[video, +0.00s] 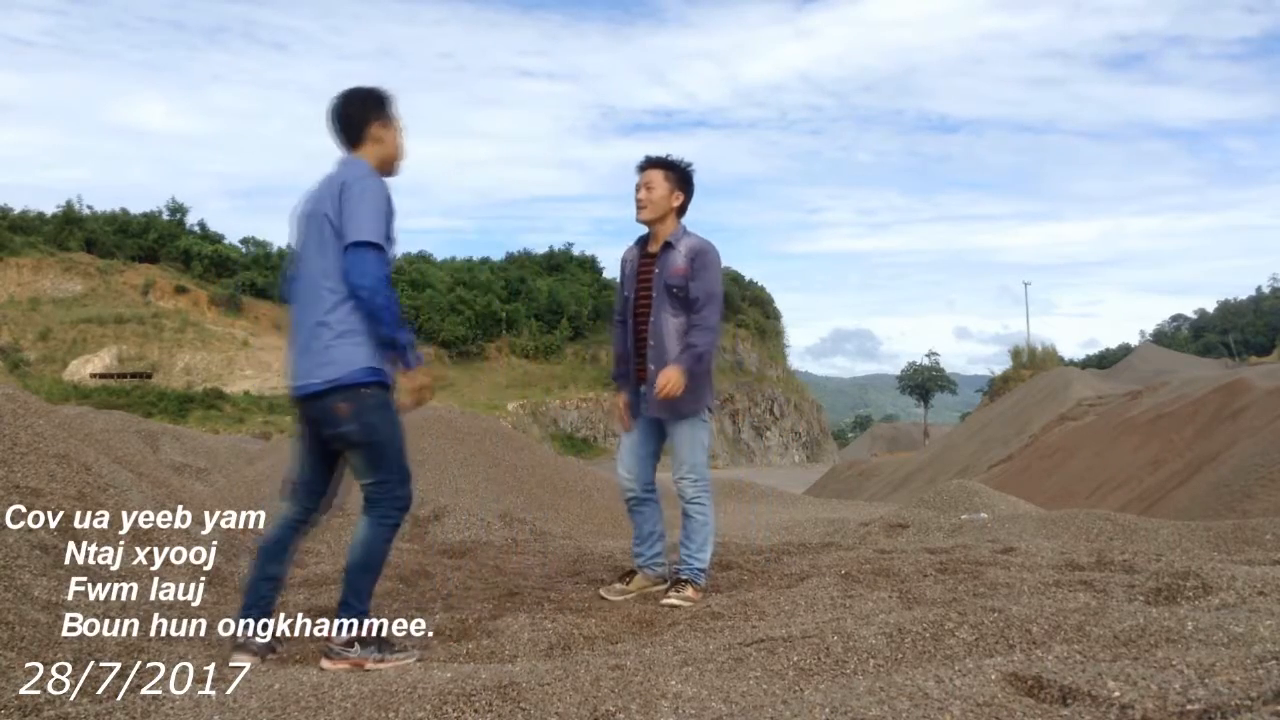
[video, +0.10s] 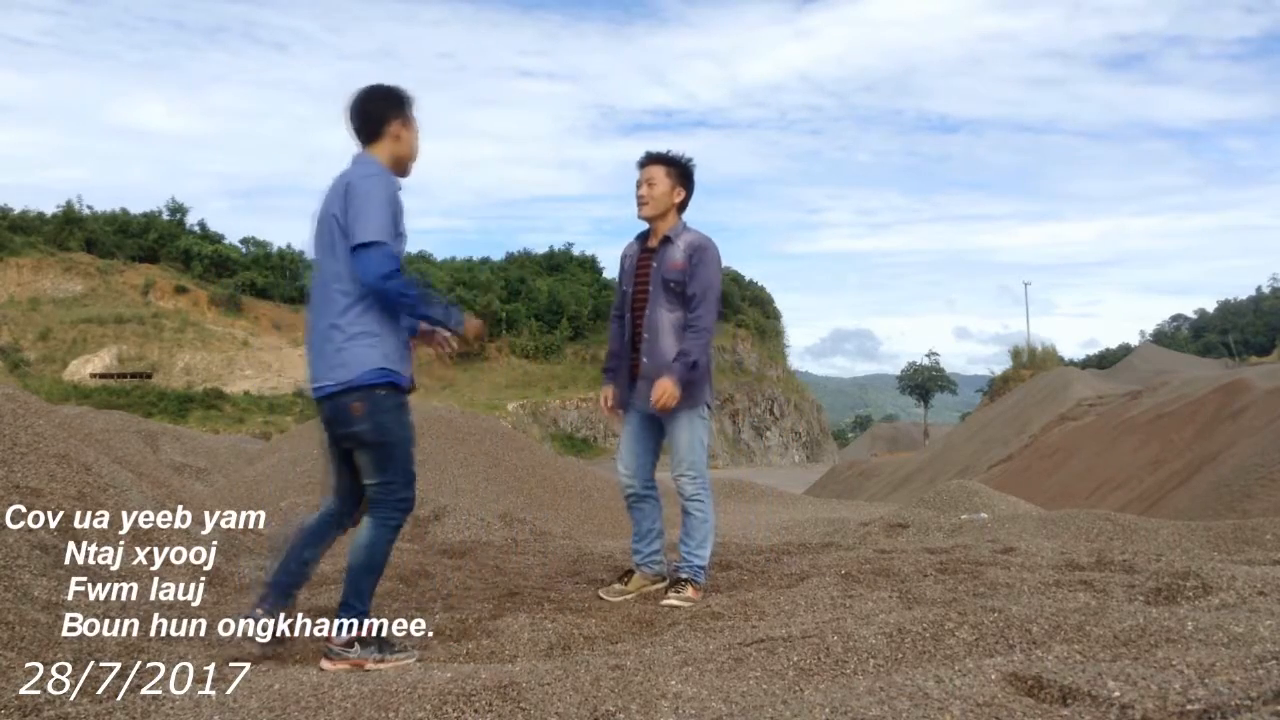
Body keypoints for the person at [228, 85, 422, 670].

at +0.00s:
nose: (402, 140)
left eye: (398, 129)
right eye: (395, 128)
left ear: (350, 135)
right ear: (375, 131)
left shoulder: (318, 197)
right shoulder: (362, 182)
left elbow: (293, 284)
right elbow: (366, 276)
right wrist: (406, 348)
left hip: (314, 384)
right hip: (353, 377)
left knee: (303, 502)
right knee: (388, 498)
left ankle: (251, 625)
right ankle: (351, 633)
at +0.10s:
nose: (419, 142)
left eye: (416, 130)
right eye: (415, 130)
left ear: (369, 133)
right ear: (397, 130)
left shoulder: (343, 189)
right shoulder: (372, 184)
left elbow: (355, 291)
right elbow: (379, 273)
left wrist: (411, 329)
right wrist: (451, 315)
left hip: (336, 379)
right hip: (367, 378)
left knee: (346, 502)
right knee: (391, 503)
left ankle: (267, 612)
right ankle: (350, 635)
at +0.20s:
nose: (432, 145)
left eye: (430, 133)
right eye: (429, 132)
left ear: (387, 129)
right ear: (411, 128)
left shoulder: (366, 181)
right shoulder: (379, 175)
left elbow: (407, 275)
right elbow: (406, 257)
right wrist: (489, 251)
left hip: (364, 371)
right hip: (377, 371)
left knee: (393, 488)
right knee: (390, 498)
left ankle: (306, 584)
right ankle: (349, 636)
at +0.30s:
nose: (451, 143)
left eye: (451, 134)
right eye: (450, 133)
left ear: (402, 128)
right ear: (436, 129)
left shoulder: (384, 175)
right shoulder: (396, 172)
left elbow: (403, 254)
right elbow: (439, 236)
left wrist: (447, 216)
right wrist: (518, 189)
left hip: (388, 367)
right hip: (391, 369)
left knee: (445, 469)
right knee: (389, 503)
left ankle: (383, 578)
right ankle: (348, 637)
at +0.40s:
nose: (472, 147)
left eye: (470, 136)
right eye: (469, 136)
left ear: (429, 132)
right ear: (452, 133)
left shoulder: (411, 180)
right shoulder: (416, 175)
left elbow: (443, 249)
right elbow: (454, 241)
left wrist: (461, 225)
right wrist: (530, 195)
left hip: (418, 375)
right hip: (405, 374)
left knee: (480, 465)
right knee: (394, 504)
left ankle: (440, 586)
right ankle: (348, 634)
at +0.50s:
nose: (491, 156)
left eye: (489, 144)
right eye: (489, 143)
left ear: (448, 141)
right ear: (474, 140)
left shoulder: (434, 197)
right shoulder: (438, 186)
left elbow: (459, 297)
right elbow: (457, 265)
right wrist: (544, 277)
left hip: (446, 380)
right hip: (428, 377)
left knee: (504, 472)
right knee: (406, 503)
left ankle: (514, 592)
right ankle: (349, 631)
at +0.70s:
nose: (552, 167)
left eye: (548, 158)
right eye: (546, 157)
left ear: (519, 165)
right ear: (528, 161)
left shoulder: (521, 227)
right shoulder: (489, 213)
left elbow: (550, 303)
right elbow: (469, 295)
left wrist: (626, 301)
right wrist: (486, 373)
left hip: (507, 394)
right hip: (471, 392)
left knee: (561, 484)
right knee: (442, 498)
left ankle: (555, 594)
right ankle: (366, 617)